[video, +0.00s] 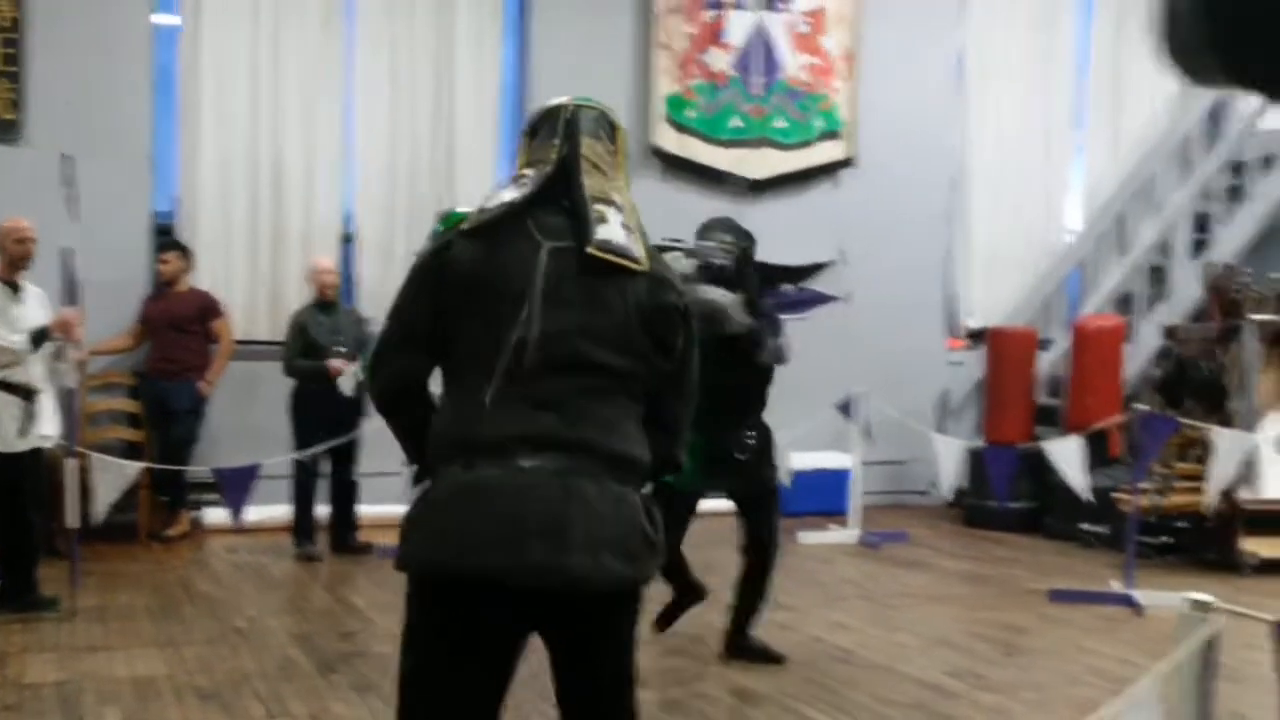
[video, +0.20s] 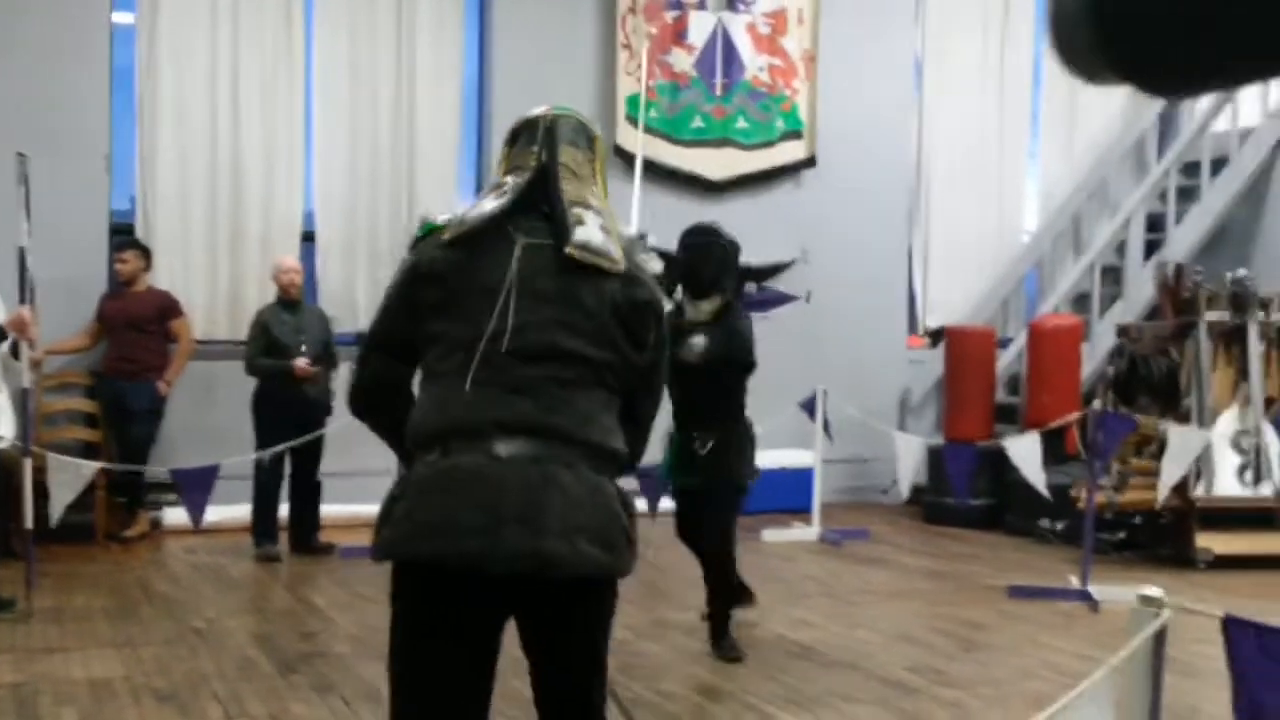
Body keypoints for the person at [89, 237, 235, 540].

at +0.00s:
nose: (161, 267)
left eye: (167, 262)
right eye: (159, 262)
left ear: (185, 265)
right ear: (158, 266)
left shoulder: (202, 301)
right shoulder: (154, 301)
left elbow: (226, 341)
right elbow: (133, 339)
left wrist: (209, 381)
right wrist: (91, 351)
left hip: (187, 384)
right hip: (155, 383)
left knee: (177, 448)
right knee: (159, 450)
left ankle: (179, 514)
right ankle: (165, 512)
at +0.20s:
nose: (118, 267)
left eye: (125, 261)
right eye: (116, 262)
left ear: (144, 264)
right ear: (115, 265)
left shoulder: (162, 300)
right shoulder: (110, 301)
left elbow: (186, 341)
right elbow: (88, 339)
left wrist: (168, 380)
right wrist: (46, 351)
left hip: (146, 384)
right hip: (112, 382)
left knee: (136, 449)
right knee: (119, 449)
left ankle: (139, 515)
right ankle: (130, 514)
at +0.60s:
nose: (58, 267)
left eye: (65, 262)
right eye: (56, 263)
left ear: (84, 265)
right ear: (54, 266)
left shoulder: (103, 302)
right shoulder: (50, 302)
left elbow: (127, 342)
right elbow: (31, 340)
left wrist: (108, 383)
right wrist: (2, 351)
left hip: (86, 388)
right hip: (51, 386)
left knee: (75, 453)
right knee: (58, 454)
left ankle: (79, 520)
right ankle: (67, 519)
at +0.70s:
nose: (40, 267)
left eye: (47, 262)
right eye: (38, 262)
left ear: (66, 264)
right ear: (37, 266)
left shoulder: (86, 302)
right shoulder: (31, 302)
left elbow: (110, 343)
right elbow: (14, 336)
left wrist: (91, 384)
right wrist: (1, 348)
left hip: (69, 387)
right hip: (33, 385)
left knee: (58, 453)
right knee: (40, 453)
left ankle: (60, 519)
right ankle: (52, 518)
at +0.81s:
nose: (20, 265)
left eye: (27, 259)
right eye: (17, 260)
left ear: (45, 263)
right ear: (15, 264)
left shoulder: (63, 300)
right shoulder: (10, 301)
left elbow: (88, 340)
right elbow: (8, 341)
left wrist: (69, 382)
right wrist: (7, 375)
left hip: (48, 385)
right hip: (13, 384)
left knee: (35, 452)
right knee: (21, 453)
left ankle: (40, 520)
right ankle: (29, 517)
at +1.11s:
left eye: (1, 254)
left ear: (8, 258)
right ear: (6, 259)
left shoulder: (22, 295)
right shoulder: (19, 296)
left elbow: (49, 336)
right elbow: (48, 336)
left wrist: (30, 378)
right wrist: (29, 377)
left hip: (11, 384)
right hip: (8, 384)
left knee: (4, 455)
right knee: (4, 455)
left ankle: (10, 515)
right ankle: (11, 514)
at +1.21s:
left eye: (0, 255)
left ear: (3, 257)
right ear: (4, 257)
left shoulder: (16, 294)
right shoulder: (16, 294)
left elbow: (42, 334)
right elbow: (42, 335)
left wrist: (22, 377)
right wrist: (22, 377)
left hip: (6, 386)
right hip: (6, 387)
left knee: (2, 456)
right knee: (3, 455)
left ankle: (8, 514)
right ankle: (8, 514)